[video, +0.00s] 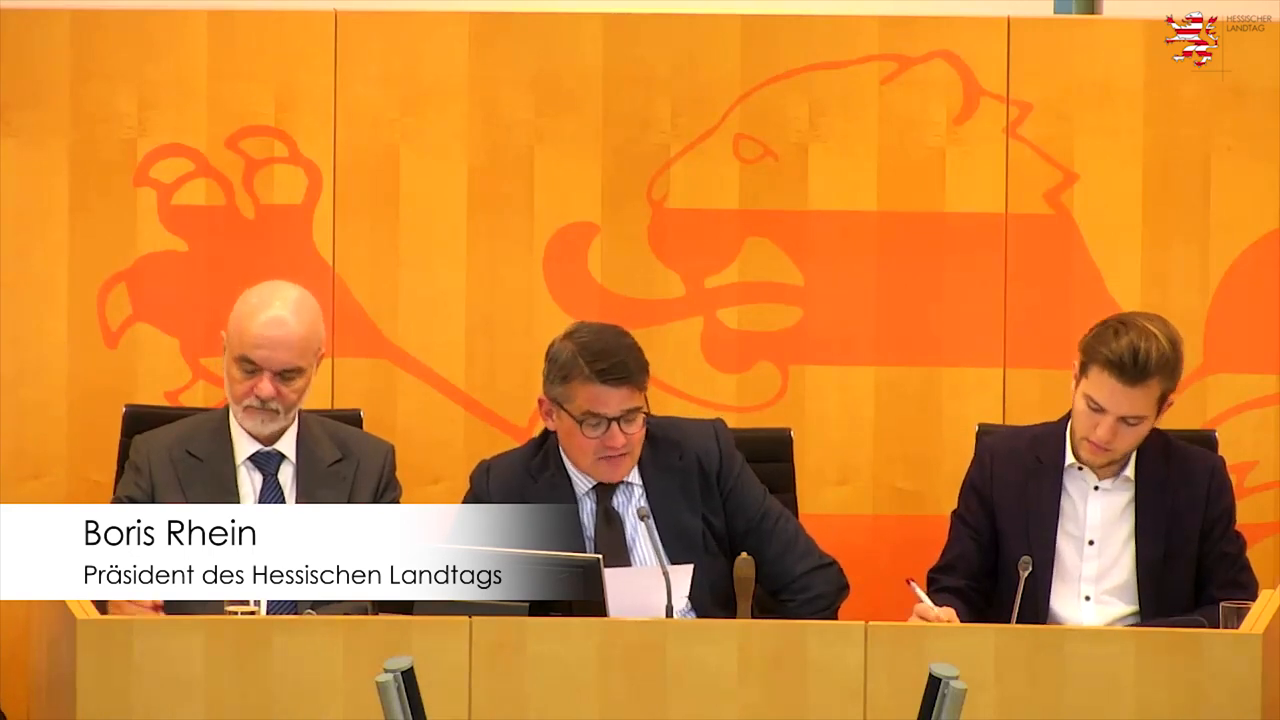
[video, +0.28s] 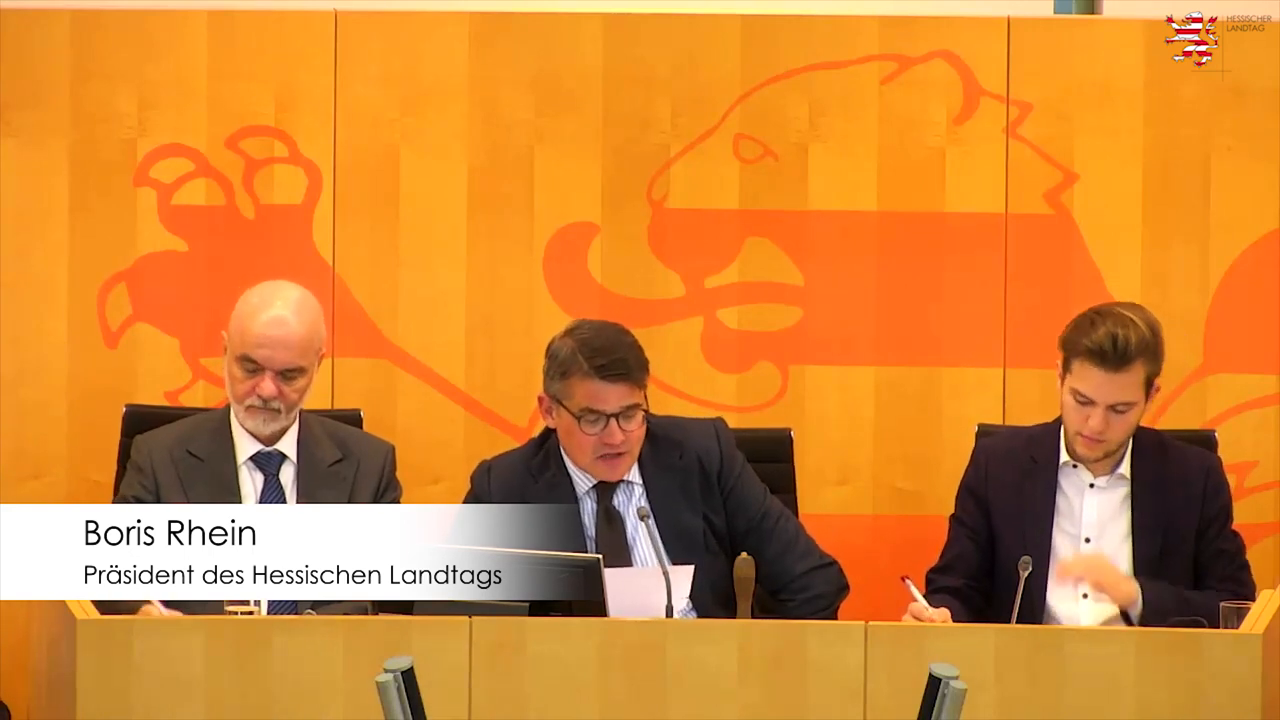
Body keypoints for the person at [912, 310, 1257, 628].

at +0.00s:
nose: (1103, 433)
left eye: (1130, 421)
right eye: (1094, 406)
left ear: (1163, 408)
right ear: (1076, 377)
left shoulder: (1200, 477)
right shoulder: (1001, 459)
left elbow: (1238, 603)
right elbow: (956, 584)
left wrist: (1153, 641)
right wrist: (942, 618)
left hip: (1152, 679)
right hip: (1025, 669)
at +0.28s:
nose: (1095, 425)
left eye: (1119, 408)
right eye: (1082, 400)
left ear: (1149, 395)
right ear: (1062, 377)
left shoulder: (1195, 477)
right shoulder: (998, 460)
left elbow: (1240, 610)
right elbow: (956, 587)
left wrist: (1137, 596)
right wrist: (939, 615)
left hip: (1150, 686)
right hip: (1022, 679)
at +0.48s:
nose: (1096, 422)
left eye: (1117, 403)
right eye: (1079, 400)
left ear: (1145, 386)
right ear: (1054, 380)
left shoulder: (1190, 472)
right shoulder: (997, 459)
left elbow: (1220, 608)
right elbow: (956, 585)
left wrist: (1125, 523)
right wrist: (940, 618)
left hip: (1148, 678)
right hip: (1021, 671)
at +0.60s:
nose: (1098, 424)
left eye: (1119, 403)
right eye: (1079, 402)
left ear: (1143, 383)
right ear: (1052, 381)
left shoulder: (1191, 473)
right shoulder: (997, 460)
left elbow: (1211, 609)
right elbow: (955, 585)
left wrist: (1116, 509)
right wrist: (940, 618)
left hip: (1147, 677)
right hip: (1021, 672)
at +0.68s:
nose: (1098, 424)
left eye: (1118, 403)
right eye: (1079, 402)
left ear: (1143, 383)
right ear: (1052, 382)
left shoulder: (1193, 472)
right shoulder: (999, 459)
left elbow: (1212, 610)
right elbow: (956, 587)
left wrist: (1114, 509)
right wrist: (939, 618)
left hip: (1148, 678)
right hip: (1020, 673)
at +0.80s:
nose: (1099, 423)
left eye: (1119, 402)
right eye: (1079, 402)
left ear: (1144, 381)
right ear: (1053, 383)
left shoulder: (1197, 473)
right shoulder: (1002, 460)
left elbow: (1212, 611)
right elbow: (959, 586)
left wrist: (1114, 507)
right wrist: (935, 619)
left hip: (1149, 679)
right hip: (1021, 674)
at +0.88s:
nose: (1102, 422)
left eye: (1121, 400)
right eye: (1081, 401)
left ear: (1145, 380)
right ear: (1054, 385)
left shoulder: (1199, 472)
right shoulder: (1005, 459)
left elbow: (1214, 610)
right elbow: (961, 588)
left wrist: (1112, 511)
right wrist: (935, 619)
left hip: (1150, 680)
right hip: (1023, 674)